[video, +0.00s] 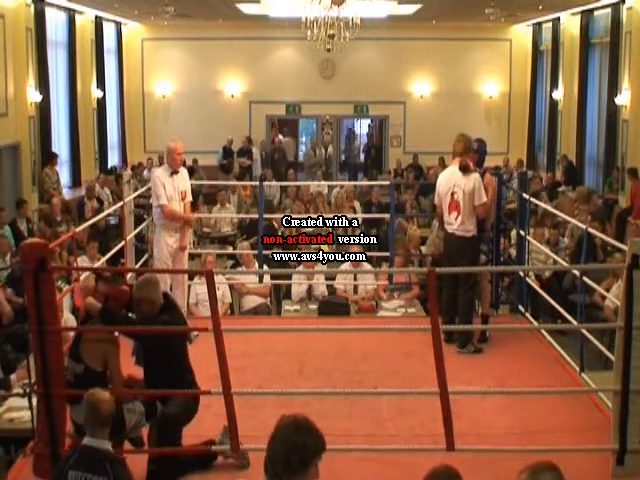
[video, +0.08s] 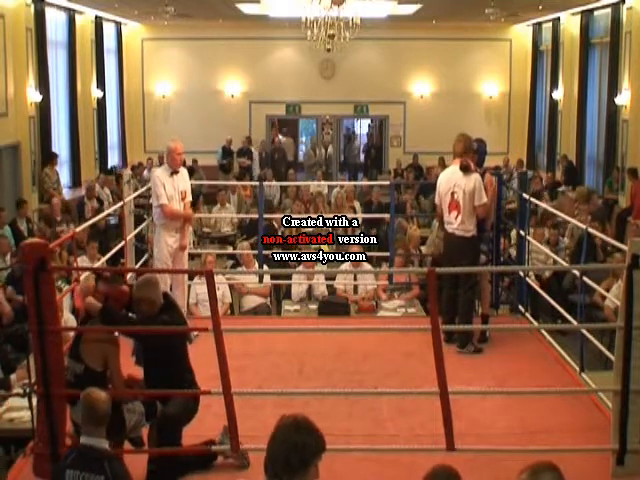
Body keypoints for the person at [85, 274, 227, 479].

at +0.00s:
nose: (141, 307)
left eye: (144, 302)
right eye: (138, 302)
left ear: (153, 301)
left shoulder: (168, 323)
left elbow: (134, 327)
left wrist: (99, 310)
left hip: (183, 394)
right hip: (158, 393)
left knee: (167, 416)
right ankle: (214, 448)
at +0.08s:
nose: (139, 307)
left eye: (142, 302)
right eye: (137, 302)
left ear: (151, 302)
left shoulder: (166, 323)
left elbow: (126, 325)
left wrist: (99, 310)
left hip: (183, 395)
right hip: (160, 395)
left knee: (167, 417)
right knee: (162, 466)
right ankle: (215, 447)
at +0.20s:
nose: (142, 307)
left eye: (145, 303)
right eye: (139, 302)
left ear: (154, 301)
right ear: (137, 300)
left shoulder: (169, 322)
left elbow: (133, 326)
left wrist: (99, 309)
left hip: (183, 393)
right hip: (157, 393)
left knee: (167, 416)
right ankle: (214, 448)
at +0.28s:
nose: (140, 308)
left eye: (143, 303)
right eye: (138, 302)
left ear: (154, 301)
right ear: (137, 300)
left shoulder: (169, 322)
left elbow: (133, 327)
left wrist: (100, 309)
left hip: (183, 393)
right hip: (157, 393)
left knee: (167, 416)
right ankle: (213, 449)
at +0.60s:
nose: (136, 309)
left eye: (140, 304)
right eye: (135, 304)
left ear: (152, 303)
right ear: (133, 301)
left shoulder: (167, 321)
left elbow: (131, 326)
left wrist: (101, 310)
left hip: (183, 393)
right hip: (159, 394)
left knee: (167, 416)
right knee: (164, 467)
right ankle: (216, 447)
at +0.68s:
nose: (137, 309)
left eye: (141, 304)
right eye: (135, 303)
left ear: (152, 302)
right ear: (134, 300)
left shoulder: (168, 322)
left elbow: (133, 329)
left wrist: (101, 311)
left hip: (183, 393)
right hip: (159, 394)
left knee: (167, 415)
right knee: (164, 467)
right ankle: (215, 447)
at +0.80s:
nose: (138, 308)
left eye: (142, 303)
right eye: (135, 303)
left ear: (153, 300)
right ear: (132, 299)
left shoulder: (168, 322)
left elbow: (137, 343)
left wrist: (114, 320)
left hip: (183, 392)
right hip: (159, 392)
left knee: (166, 415)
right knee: (162, 466)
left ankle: (216, 450)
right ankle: (215, 448)